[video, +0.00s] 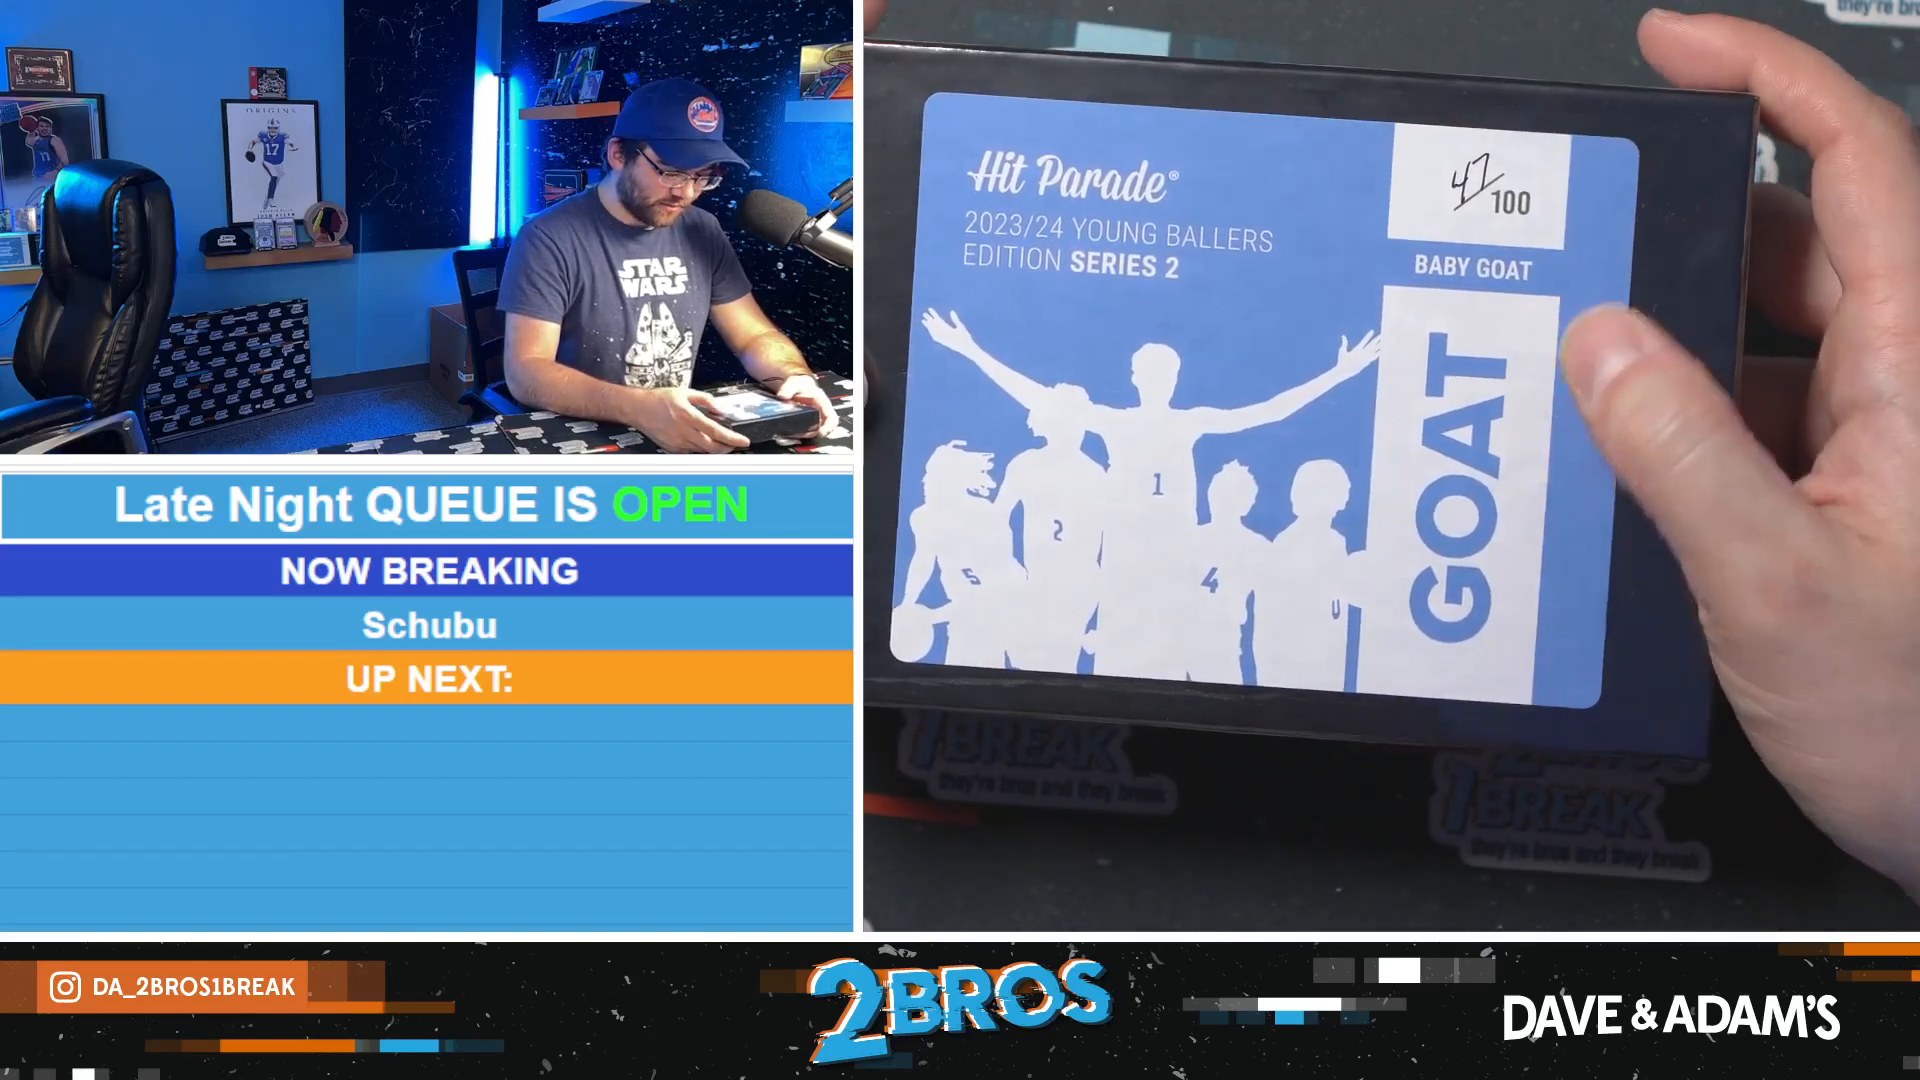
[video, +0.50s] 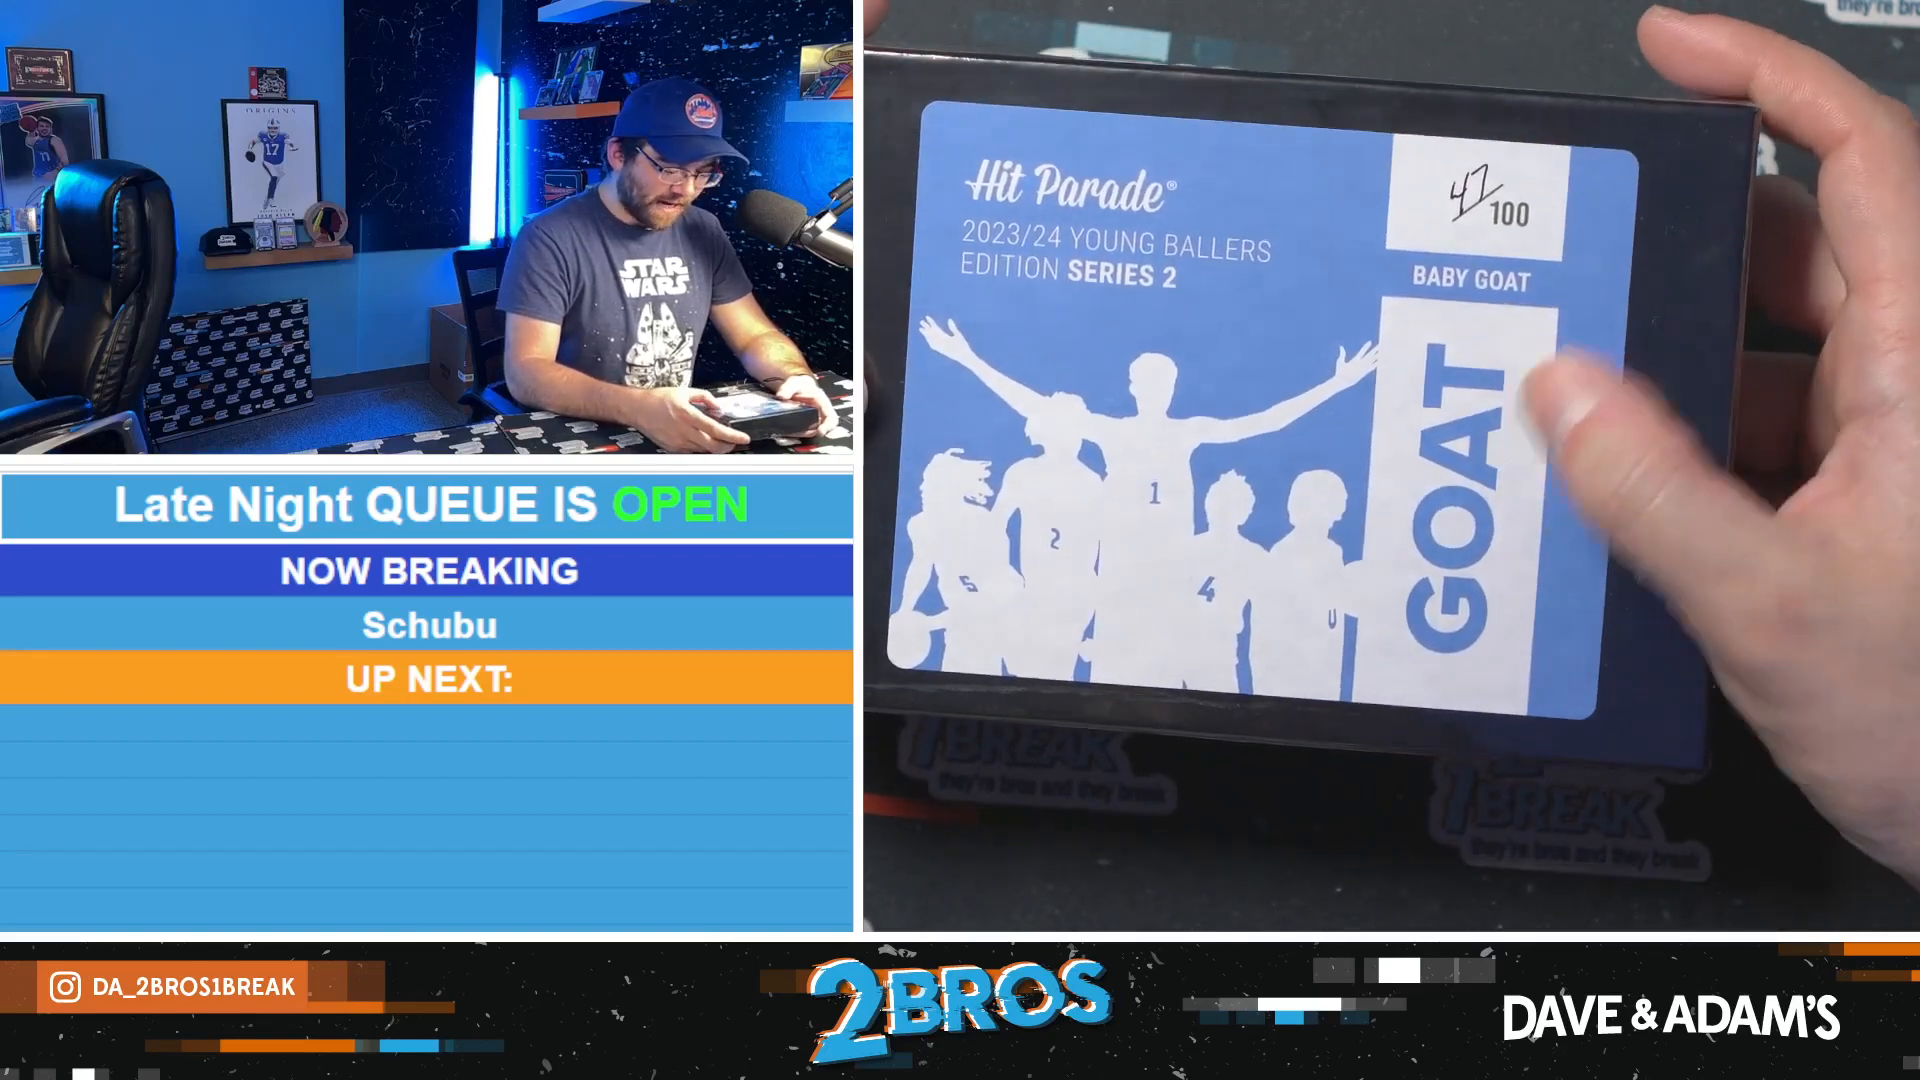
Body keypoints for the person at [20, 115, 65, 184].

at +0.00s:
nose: (44, 128)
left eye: (47, 126)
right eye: (41, 126)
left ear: (50, 128)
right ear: (37, 128)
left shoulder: (55, 140)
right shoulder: (35, 140)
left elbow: (64, 160)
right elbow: (28, 142)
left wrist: (54, 173)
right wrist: (31, 132)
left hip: (51, 177)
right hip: (37, 176)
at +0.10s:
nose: (44, 128)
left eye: (47, 126)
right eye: (41, 126)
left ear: (50, 128)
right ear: (37, 128)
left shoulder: (55, 140)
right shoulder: (35, 140)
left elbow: (64, 160)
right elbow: (28, 142)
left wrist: (54, 173)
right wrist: (31, 132)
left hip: (51, 177)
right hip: (37, 176)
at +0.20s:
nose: (44, 128)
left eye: (47, 126)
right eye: (41, 126)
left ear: (50, 128)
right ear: (37, 128)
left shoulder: (55, 140)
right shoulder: (35, 140)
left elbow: (64, 160)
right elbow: (28, 142)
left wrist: (54, 173)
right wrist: (31, 132)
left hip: (51, 177)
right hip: (37, 176)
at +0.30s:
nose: (44, 128)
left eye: (47, 126)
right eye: (41, 126)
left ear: (50, 128)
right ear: (37, 128)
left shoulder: (55, 140)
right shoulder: (35, 140)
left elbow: (64, 160)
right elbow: (28, 142)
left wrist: (54, 173)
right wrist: (31, 132)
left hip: (51, 177)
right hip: (37, 176)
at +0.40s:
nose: (44, 128)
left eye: (47, 126)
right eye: (41, 126)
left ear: (50, 128)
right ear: (37, 128)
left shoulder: (55, 140)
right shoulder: (35, 140)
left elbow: (64, 160)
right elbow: (28, 142)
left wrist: (54, 173)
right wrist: (31, 132)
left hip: (51, 177)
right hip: (37, 176)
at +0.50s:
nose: (44, 128)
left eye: (47, 126)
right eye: (41, 126)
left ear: (50, 128)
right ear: (37, 128)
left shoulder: (55, 140)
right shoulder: (35, 140)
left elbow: (64, 160)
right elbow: (28, 142)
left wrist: (54, 173)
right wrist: (31, 132)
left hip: (51, 177)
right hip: (37, 176)